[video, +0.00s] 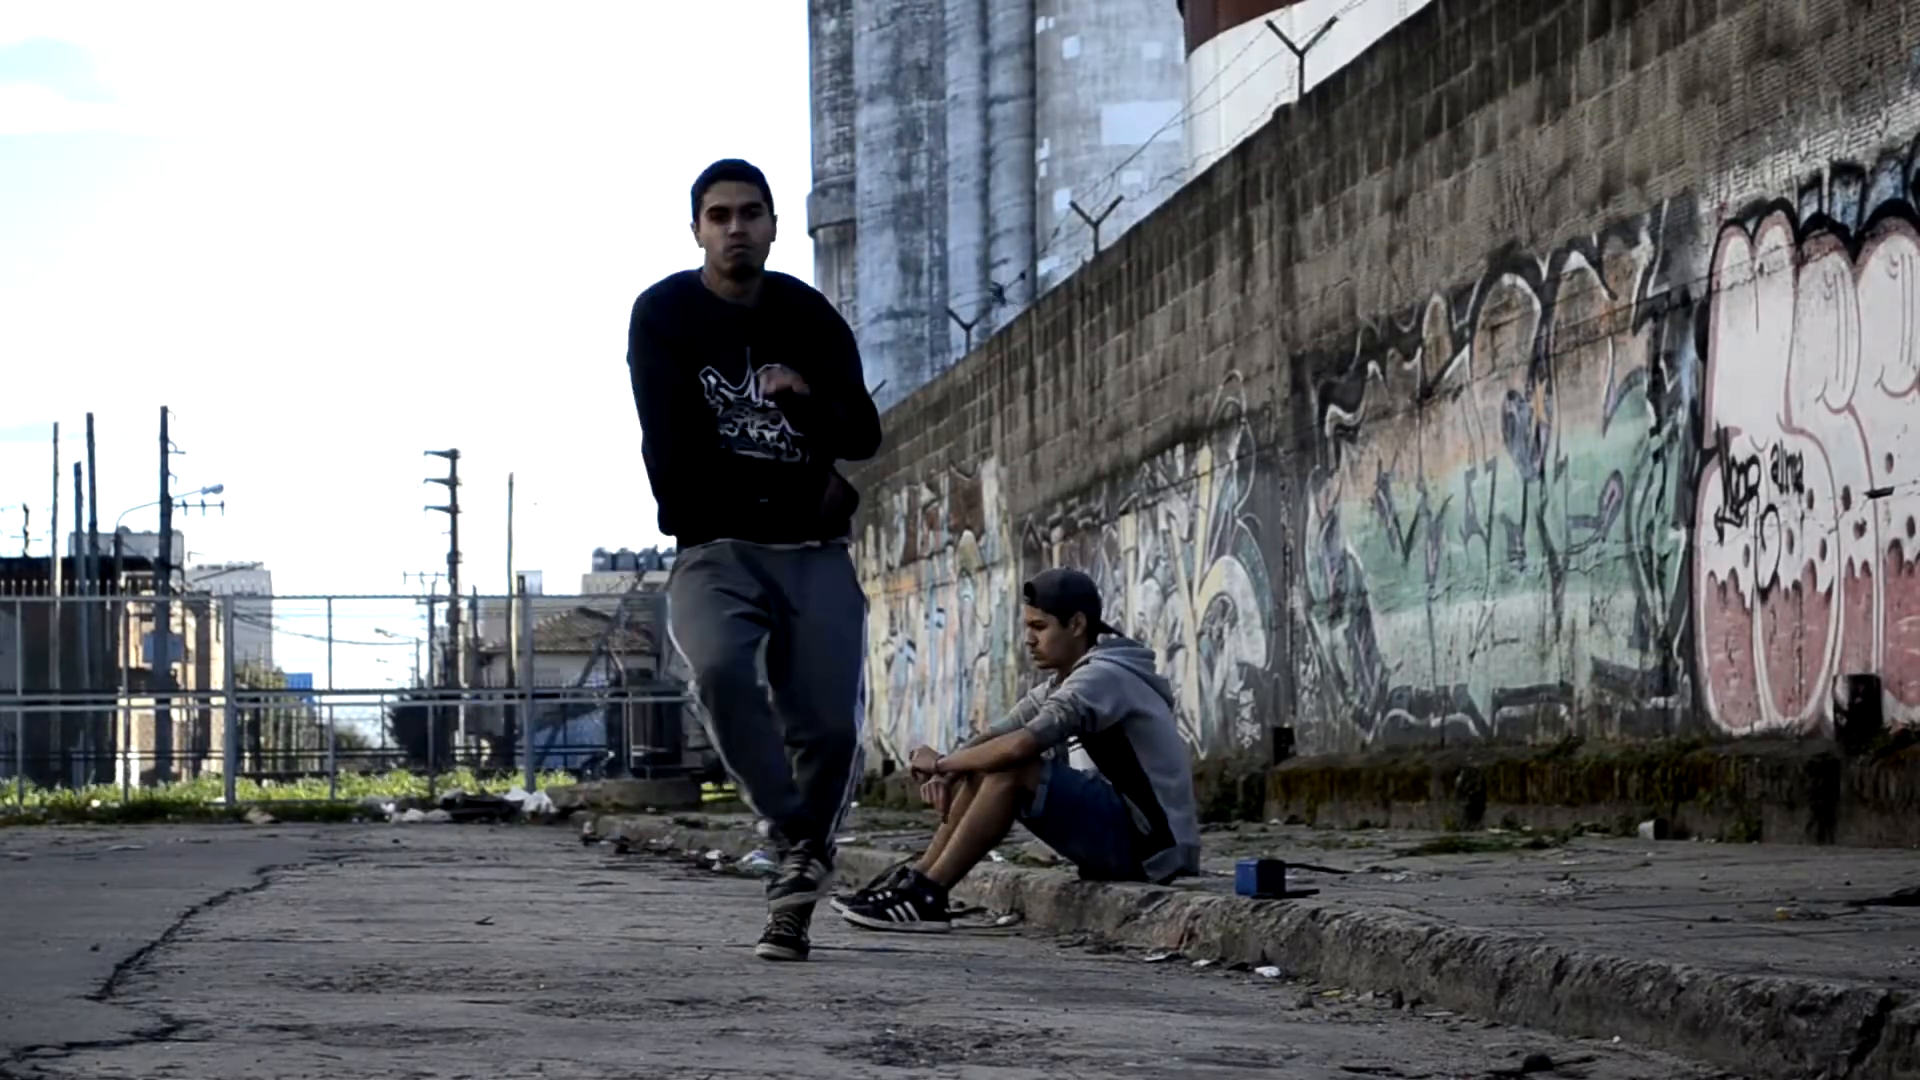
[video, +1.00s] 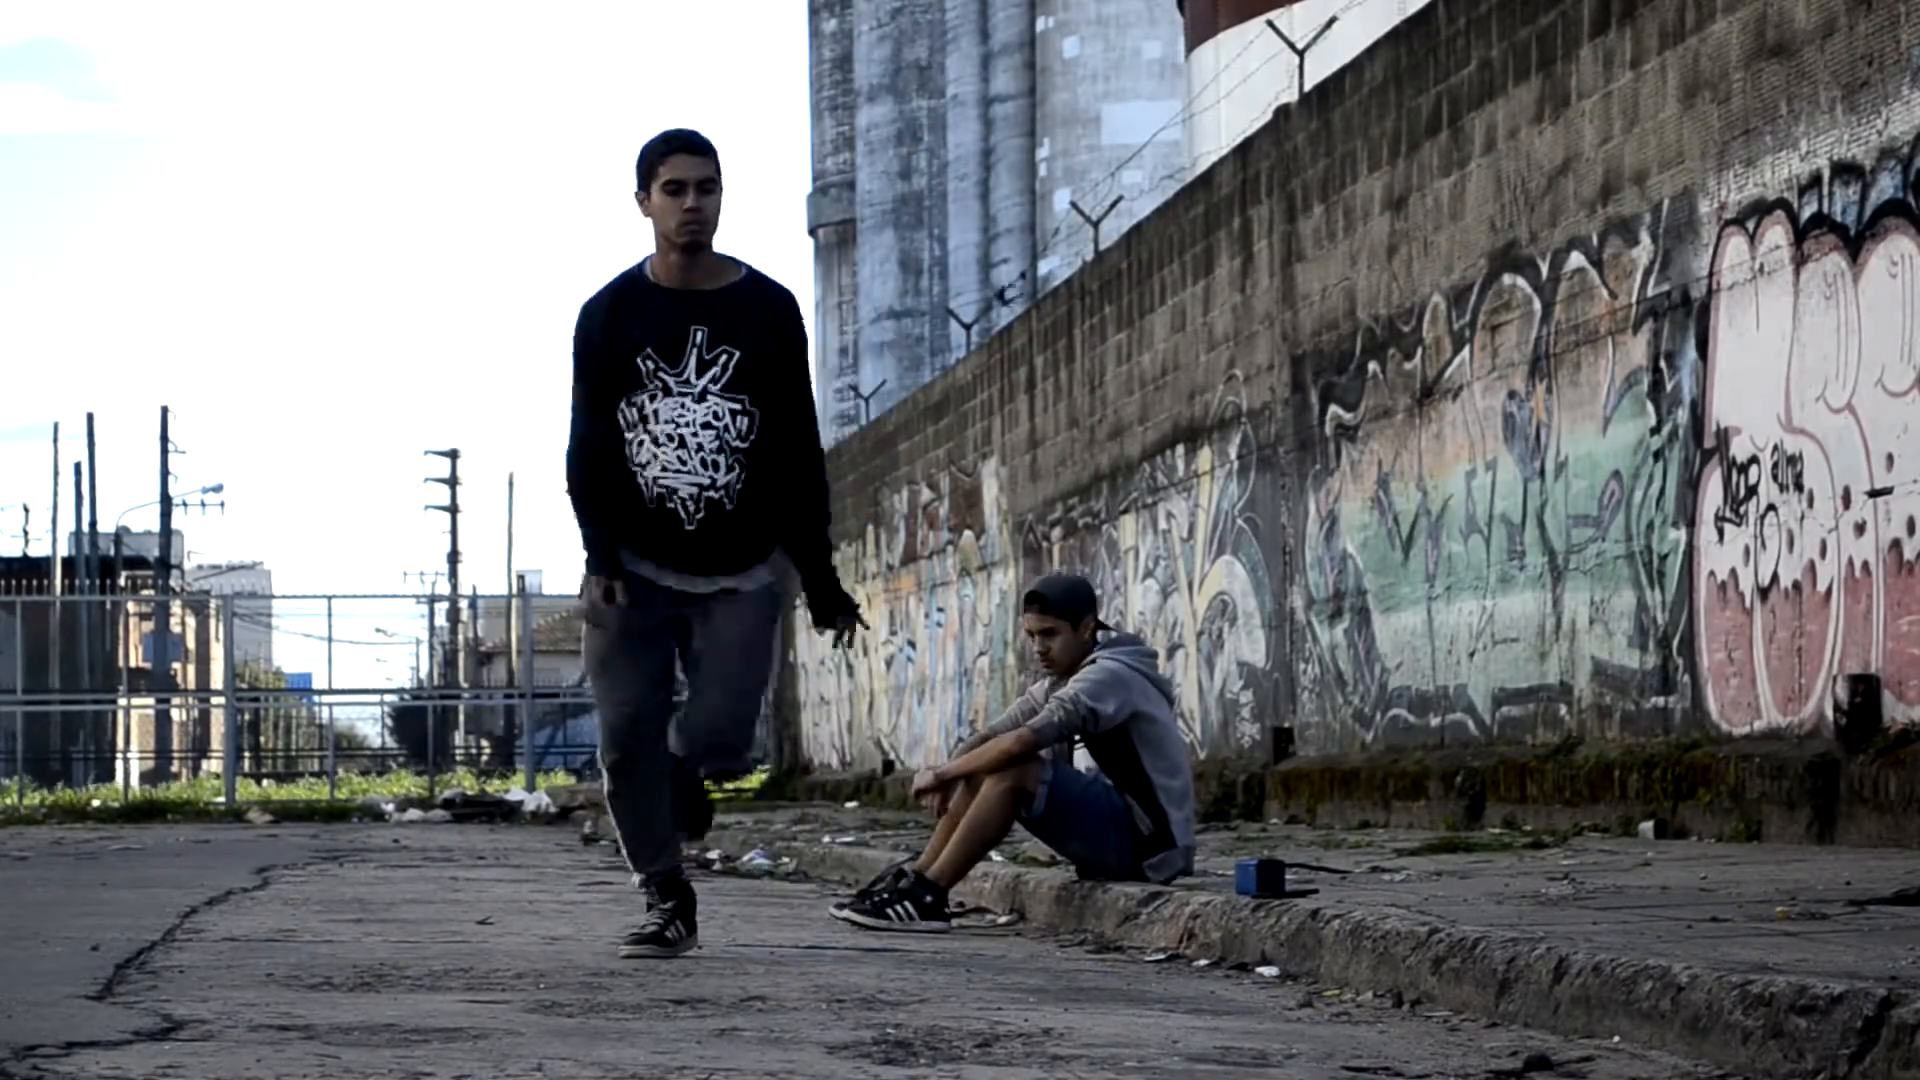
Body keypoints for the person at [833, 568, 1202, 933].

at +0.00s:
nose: (1029, 639)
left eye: (1039, 627)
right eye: (1027, 627)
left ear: (1078, 625)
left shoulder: (1103, 673)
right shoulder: (1072, 675)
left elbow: (1022, 747)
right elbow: (1005, 730)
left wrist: (944, 761)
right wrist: (945, 762)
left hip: (1151, 844)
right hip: (1121, 834)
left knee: (1014, 770)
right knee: (983, 763)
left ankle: (932, 893)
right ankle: (915, 883)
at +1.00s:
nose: (1039, 648)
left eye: (1049, 635)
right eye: (1031, 636)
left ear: (1088, 628)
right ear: (1027, 634)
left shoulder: (1110, 673)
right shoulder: (1068, 676)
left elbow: (1024, 743)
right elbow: (1002, 731)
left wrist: (943, 773)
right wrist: (945, 773)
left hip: (1148, 846)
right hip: (1118, 836)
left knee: (1015, 771)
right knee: (986, 763)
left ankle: (932, 894)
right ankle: (914, 883)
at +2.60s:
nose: (1024, 649)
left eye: (1034, 636)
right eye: (1020, 637)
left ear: (1073, 628)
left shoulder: (1099, 675)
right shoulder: (1062, 676)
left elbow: (1015, 752)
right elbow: (992, 734)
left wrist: (941, 775)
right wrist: (942, 778)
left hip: (1148, 847)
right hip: (1118, 836)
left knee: (1017, 769)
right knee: (988, 760)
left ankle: (932, 893)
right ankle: (916, 880)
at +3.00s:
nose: (1017, 655)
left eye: (1025, 640)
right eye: (1013, 643)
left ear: (1064, 631)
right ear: (1061, 634)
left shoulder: (1094, 672)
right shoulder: (1077, 676)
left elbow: (1012, 749)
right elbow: (1015, 751)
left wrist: (936, 776)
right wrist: (946, 783)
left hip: (1150, 846)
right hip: (1124, 837)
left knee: (1012, 770)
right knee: (983, 767)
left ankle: (933, 895)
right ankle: (914, 883)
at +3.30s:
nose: (1019, 646)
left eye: (1029, 631)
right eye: (1016, 635)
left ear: (1068, 624)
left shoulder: (1095, 667)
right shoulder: (1082, 669)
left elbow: (1014, 744)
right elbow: (1019, 747)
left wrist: (937, 775)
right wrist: (950, 778)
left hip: (1151, 850)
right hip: (1128, 840)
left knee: (1013, 770)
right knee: (984, 770)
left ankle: (931, 894)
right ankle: (914, 884)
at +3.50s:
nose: (1019, 650)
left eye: (1028, 636)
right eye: (1015, 639)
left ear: (1067, 628)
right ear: (1061, 632)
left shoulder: (1101, 676)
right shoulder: (1064, 684)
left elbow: (1011, 751)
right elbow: (999, 743)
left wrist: (957, 749)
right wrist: (942, 776)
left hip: (1151, 848)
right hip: (1120, 839)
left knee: (1013, 771)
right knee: (983, 767)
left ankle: (933, 895)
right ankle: (915, 882)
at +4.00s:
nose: (1030, 642)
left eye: (1041, 630)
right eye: (1026, 631)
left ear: (1080, 627)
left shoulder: (1104, 670)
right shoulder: (1071, 671)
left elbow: (1010, 736)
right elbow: (993, 729)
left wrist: (1009, 727)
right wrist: (936, 791)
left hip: (1148, 844)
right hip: (1119, 833)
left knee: (1011, 766)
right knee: (988, 757)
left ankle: (932, 894)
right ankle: (914, 881)